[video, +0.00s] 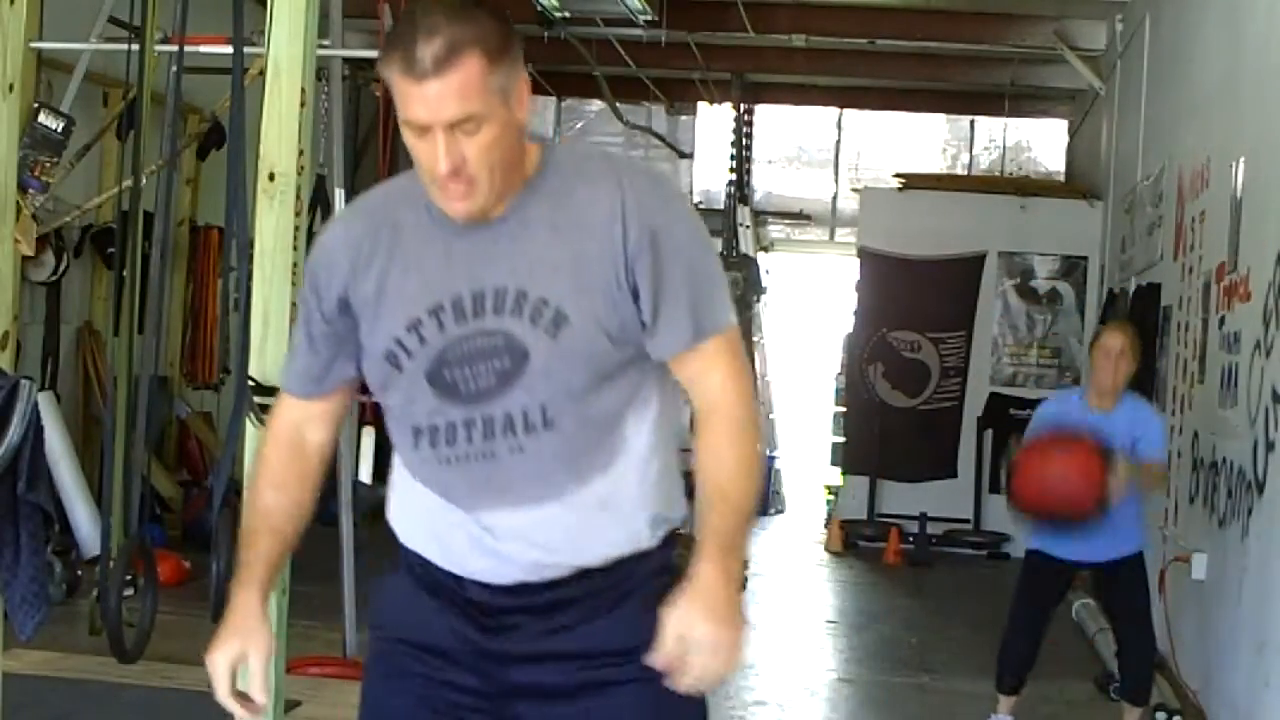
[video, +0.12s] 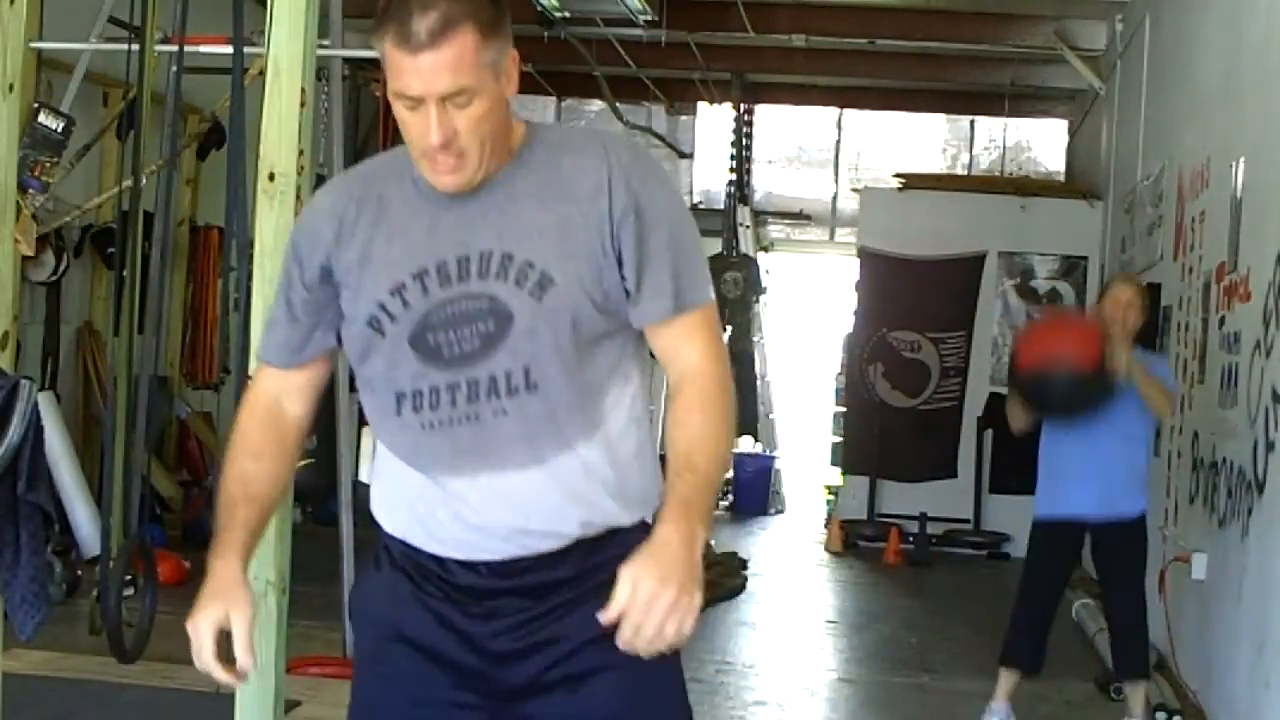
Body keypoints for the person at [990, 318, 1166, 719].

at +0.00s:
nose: (1111, 363)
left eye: (1121, 356)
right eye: (1104, 353)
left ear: (1133, 365)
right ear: (1090, 358)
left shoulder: (1144, 418)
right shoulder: (1055, 407)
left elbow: (1157, 476)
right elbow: (1025, 461)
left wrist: (1123, 471)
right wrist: (1045, 472)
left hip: (1119, 551)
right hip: (1052, 546)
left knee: (1139, 645)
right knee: (1022, 631)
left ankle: (1133, 712)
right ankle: (1003, 712)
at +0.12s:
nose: (1123, 313)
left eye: (1132, 306)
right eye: (1116, 304)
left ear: (1143, 316)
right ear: (1099, 308)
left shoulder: (1151, 364)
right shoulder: (1068, 353)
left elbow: (1166, 411)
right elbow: (1020, 422)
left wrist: (1128, 363)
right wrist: (1029, 361)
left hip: (1122, 512)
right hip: (1059, 509)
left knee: (1128, 613)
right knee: (1033, 607)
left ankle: (1137, 712)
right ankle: (999, 705)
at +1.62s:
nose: (1128, 334)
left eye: (1135, 329)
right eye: (1123, 325)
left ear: (1141, 339)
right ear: (1105, 329)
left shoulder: (1144, 386)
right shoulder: (1058, 374)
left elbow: (1149, 333)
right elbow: (1002, 381)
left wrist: (1115, 293)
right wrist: (1017, 322)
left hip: (1107, 524)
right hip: (1045, 518)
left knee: (1119, 627)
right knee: (1024, 616)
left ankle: (1133, 712)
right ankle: (1004, 710)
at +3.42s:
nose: (1142, 333)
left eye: (1151, 330)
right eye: (1136, 321)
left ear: (1154, 338)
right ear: (1111, 318)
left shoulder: (1152, 377)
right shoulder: (1059, 373)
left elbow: (1130, 385)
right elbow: (1016, 428)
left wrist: (1106, 333)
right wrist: (1014, 368)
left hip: (1114, 520)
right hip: (1049, 515)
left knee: (1117, 621)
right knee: (1033, 614)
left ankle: (1133, 715)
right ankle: (1004, 712)